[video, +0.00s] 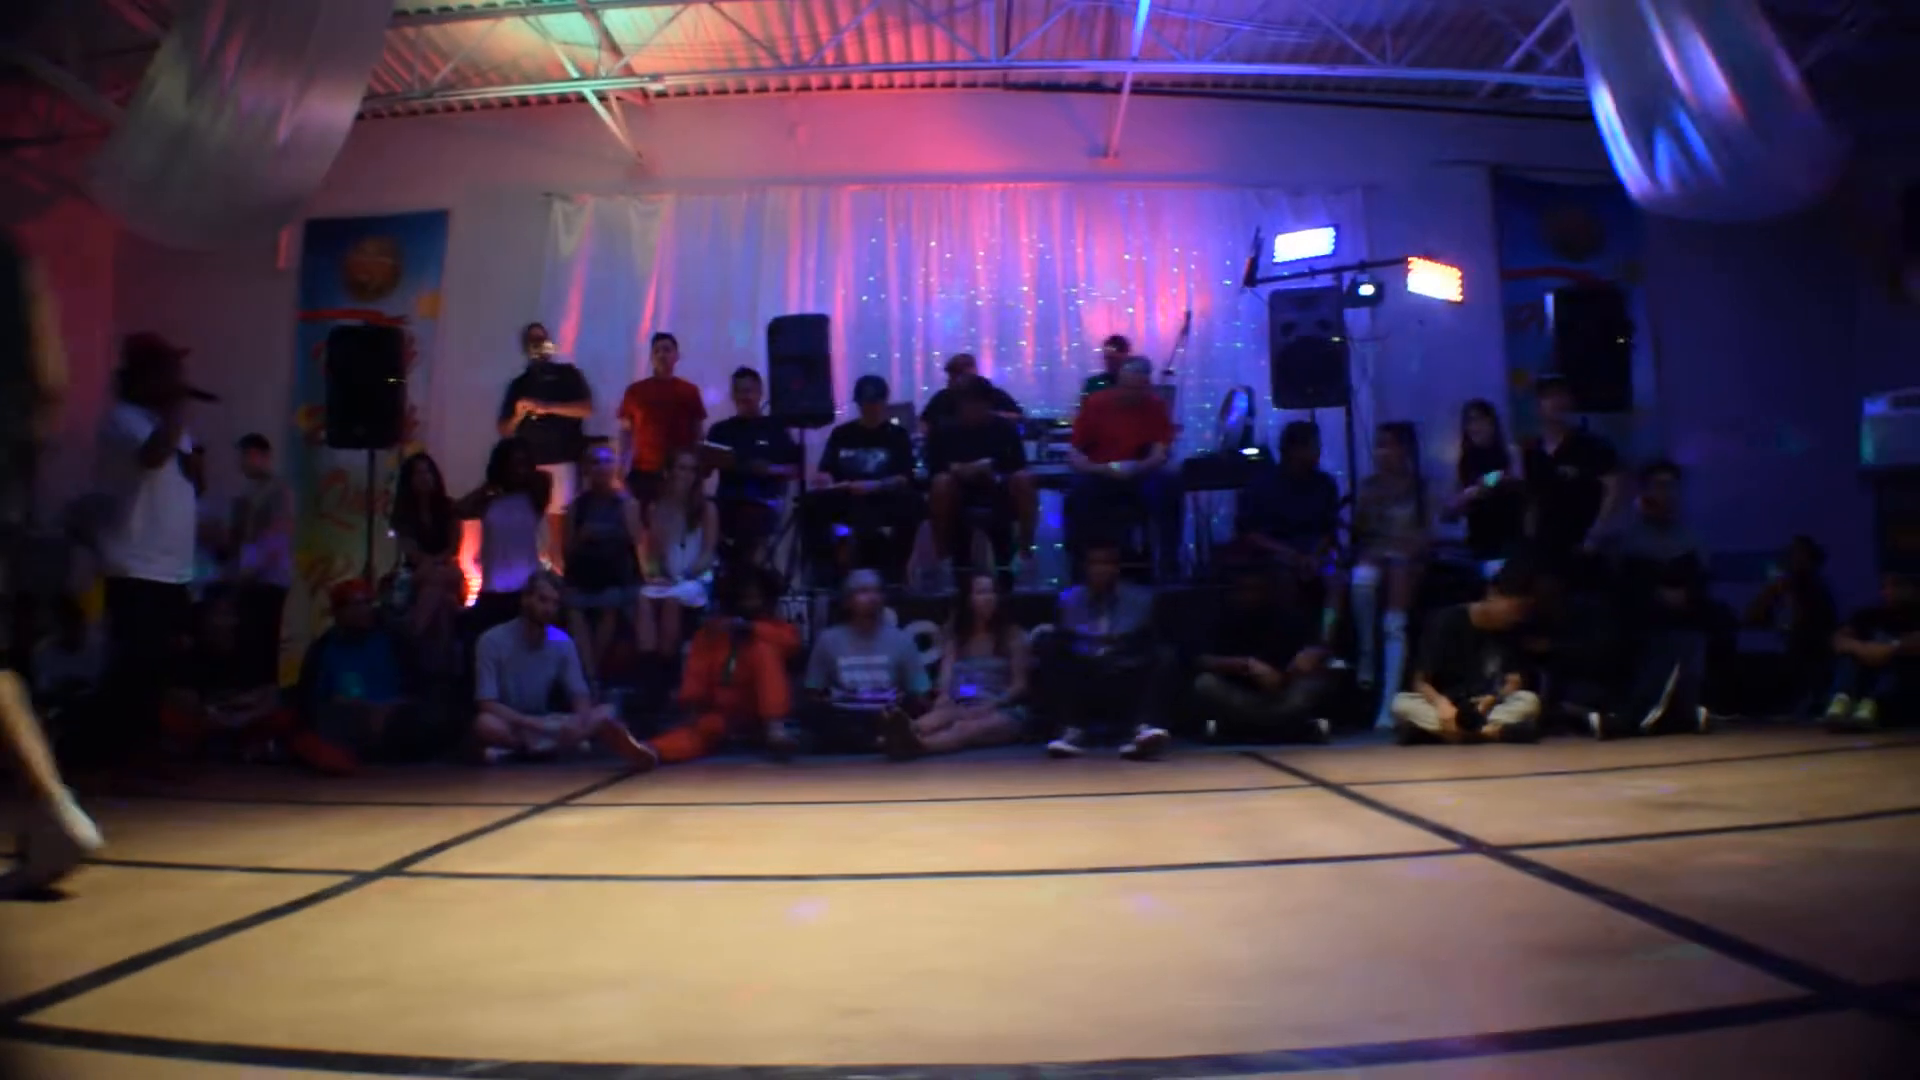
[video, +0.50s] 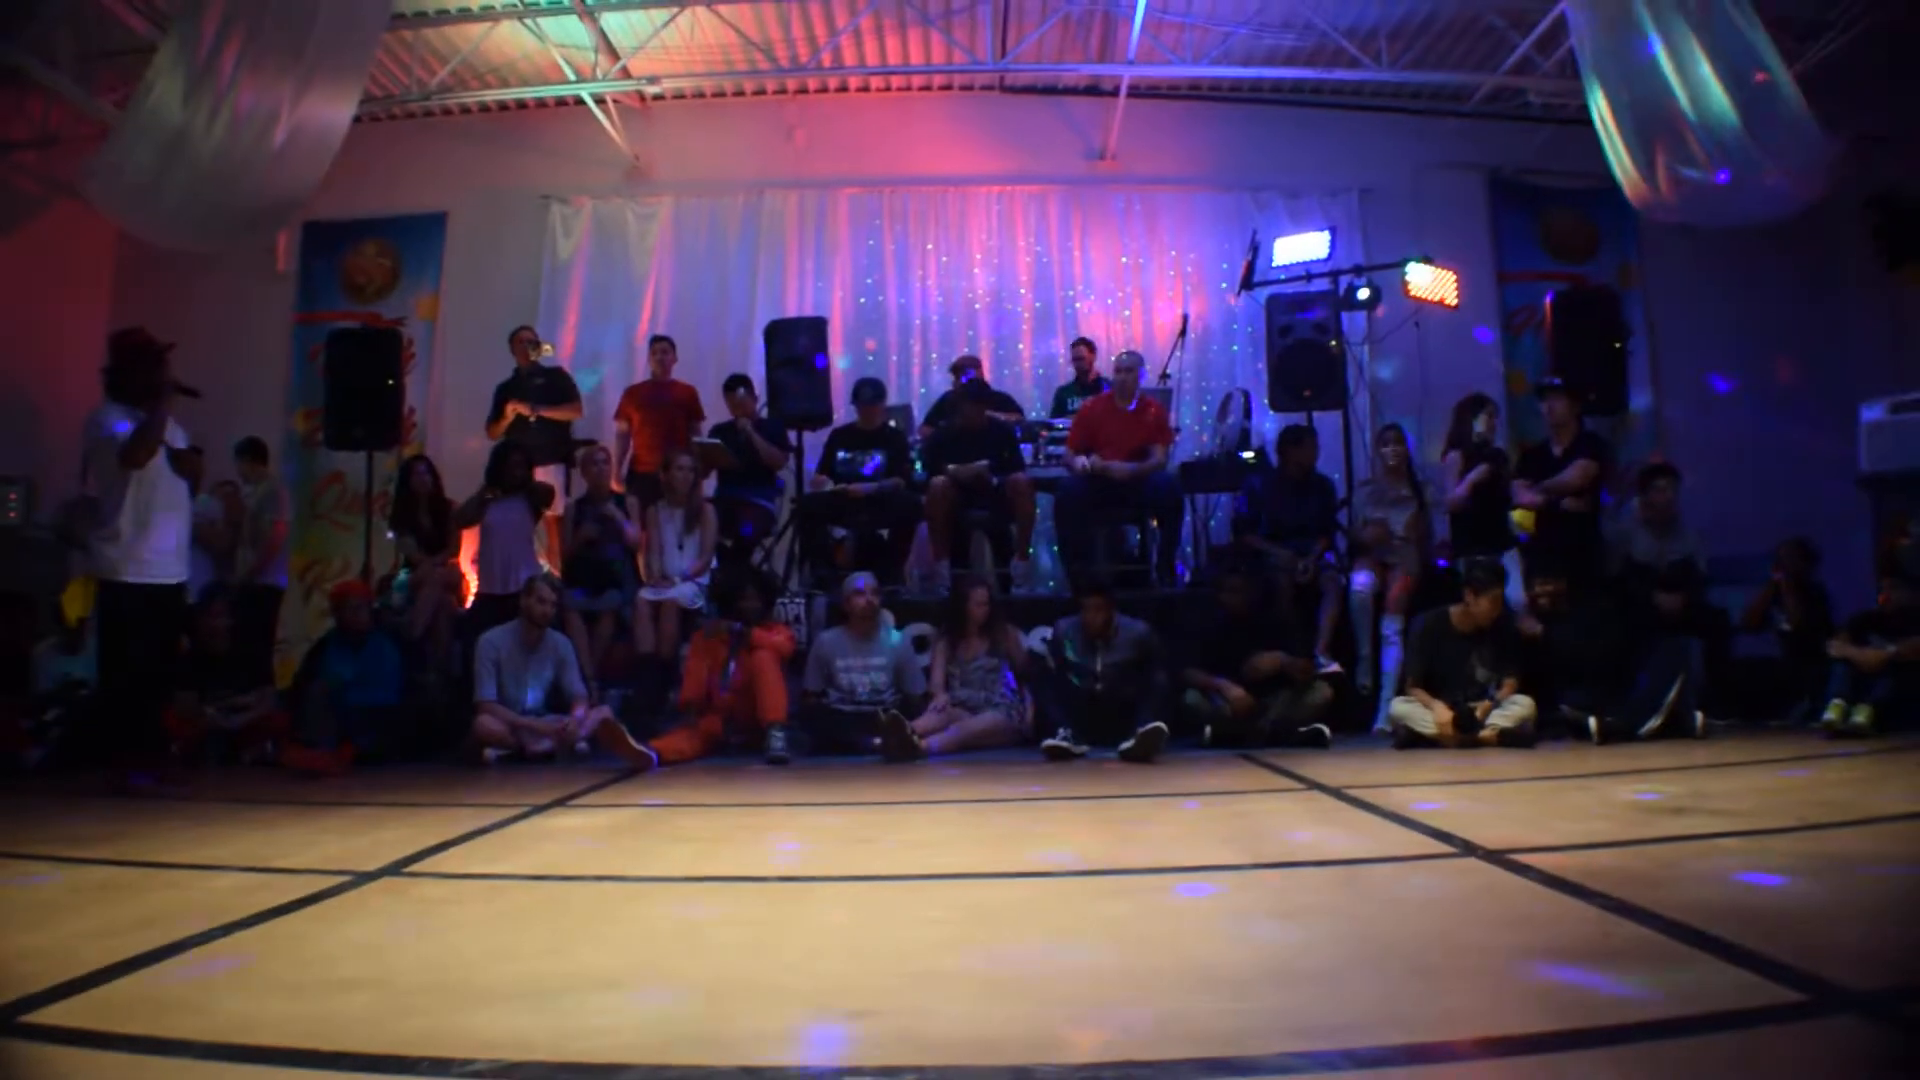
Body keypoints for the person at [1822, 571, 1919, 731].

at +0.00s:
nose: (1889, 593)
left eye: (1894, 587)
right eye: (1885, 587)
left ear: (1907, 589)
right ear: (1881, 590)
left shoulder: (1911, 615)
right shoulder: (1869, 614)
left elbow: (1911, 643)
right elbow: (1839, 640)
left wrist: (1885, 650)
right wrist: (1864, 650)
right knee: (1849, 655)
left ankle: (1869, 703)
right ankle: (1841, 698)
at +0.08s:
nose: (1888, 598)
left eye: (1894, 592)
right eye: (1884, 592)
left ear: (1906, 595)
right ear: (1880, 595)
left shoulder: (1910, 620)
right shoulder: (1867, 620)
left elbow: (1911, 649)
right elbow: (1838, 646)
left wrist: (1885, 655)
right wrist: (1863, 655)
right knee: (1847, 663)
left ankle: (1868, 708)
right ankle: (1839, 703)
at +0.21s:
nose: (1889, 595)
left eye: (1896, 589)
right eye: (1885, 589)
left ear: (1909, 592)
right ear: (1880, 592)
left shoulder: (1912, 619)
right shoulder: (1870, 617)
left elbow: (1910, 648)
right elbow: (1839, 645)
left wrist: (1886, 654)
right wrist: (1865, 654)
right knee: (1849, 662)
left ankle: (1869, 708)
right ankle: (1840, 703)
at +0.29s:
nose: (1892, 595)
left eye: (1898, 589)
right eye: (1888, 589)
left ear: (1911, 592)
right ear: (1883, 592)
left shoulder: (1913, 619)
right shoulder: (1875, 616)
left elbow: (1910, 648)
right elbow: (1842, 644)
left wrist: (1888, 654)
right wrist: (1868, 653)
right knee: (1852, 660)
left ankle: (1872, 707)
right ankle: (1843, 702)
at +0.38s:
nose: (1889, 596)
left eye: (1896, 590)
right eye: (1885, 590)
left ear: (1909, 593)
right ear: (1880, 593)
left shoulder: (1912, 620)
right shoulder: (1870, 618)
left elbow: (1911, 649)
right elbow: (1840, 645)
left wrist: (1887, 655)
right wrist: (1866, 654)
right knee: (1850, 663)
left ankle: (1870, 708)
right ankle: (1841, 703)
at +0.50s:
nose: (1884, 597)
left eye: (1892, 591)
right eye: (1882, 590)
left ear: (1904, 595)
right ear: (1877, 593)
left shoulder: (1910, 621)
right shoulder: (1866, 618)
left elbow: (1909, 649)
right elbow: (1835, 646)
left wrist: (1883, 656)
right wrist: (1861, 655)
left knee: (1889, 671)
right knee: (1842, 663)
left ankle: (1866, 709)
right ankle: (1837, 703)